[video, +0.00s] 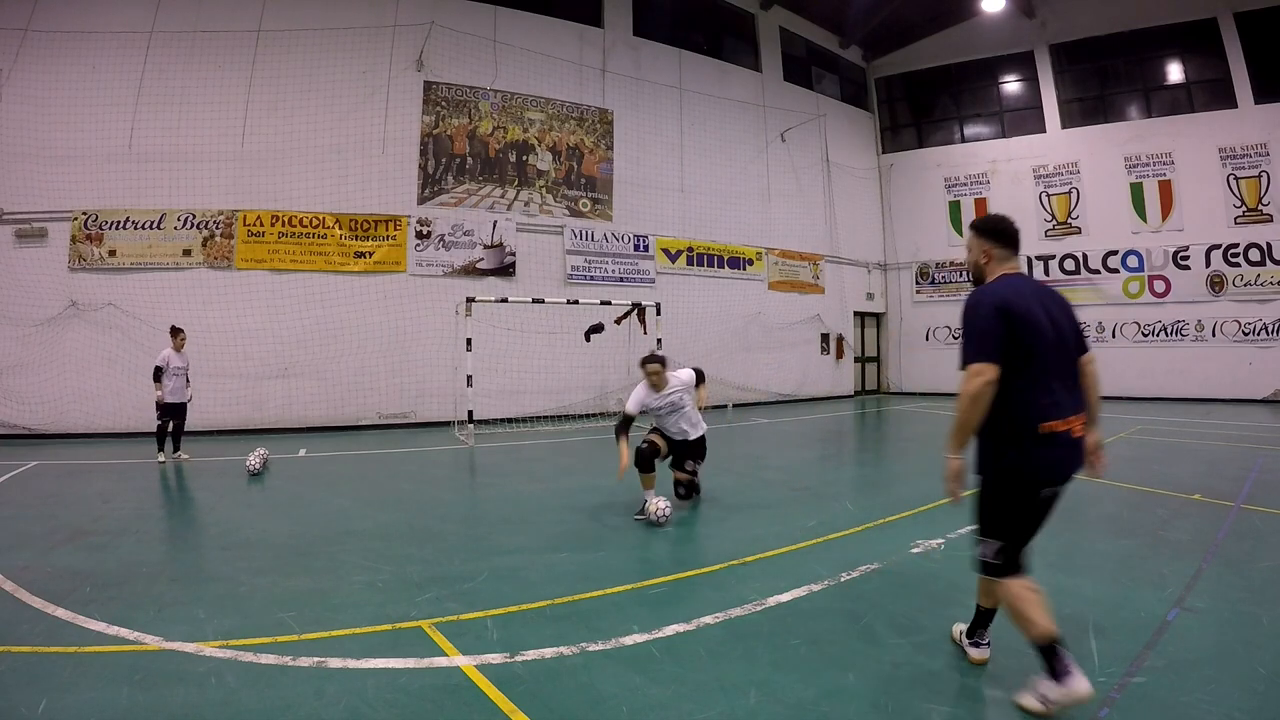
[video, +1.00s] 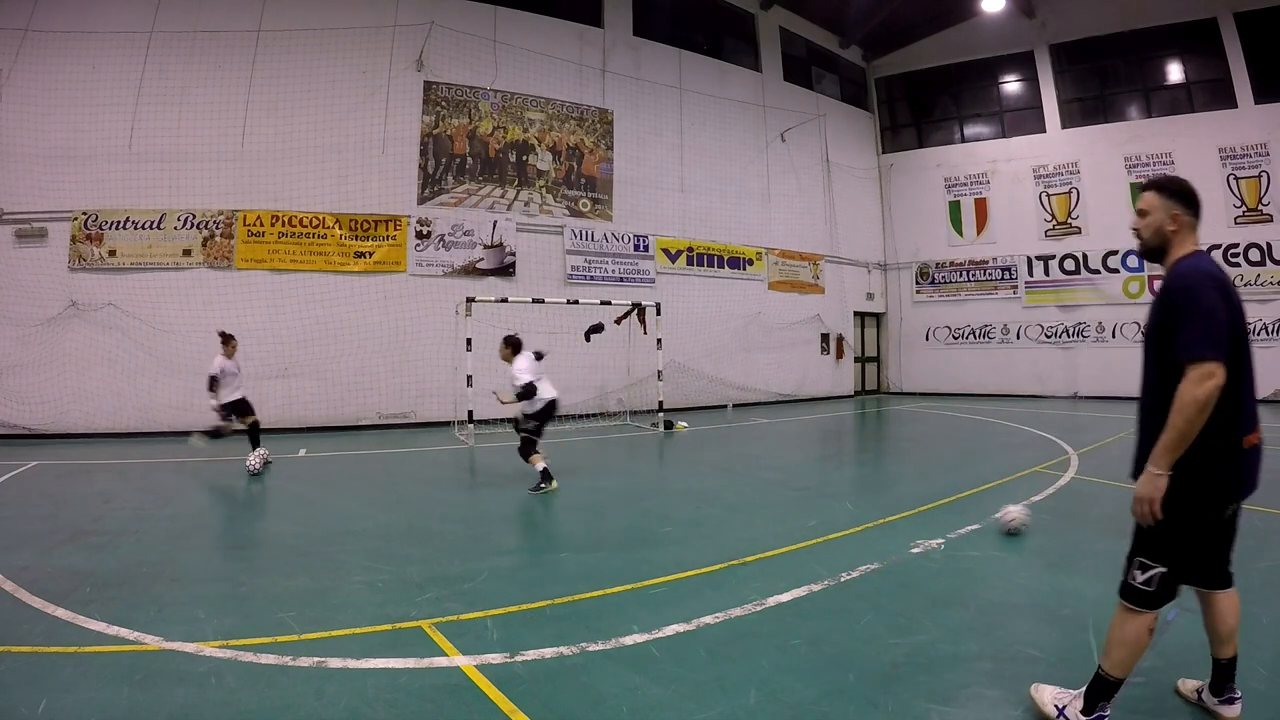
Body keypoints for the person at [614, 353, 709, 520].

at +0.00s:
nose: (653, 379)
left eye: (657, 374)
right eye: (649, 375)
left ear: (665, 371)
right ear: (644, 374)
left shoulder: (682, 378)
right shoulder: (640, 393)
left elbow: (699, 373)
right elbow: (622, 427)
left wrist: (701, 392)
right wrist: (624, 457)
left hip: (692, 436)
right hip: (665, 432)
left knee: (682, 493)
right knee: (644, 453)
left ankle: (692, 483)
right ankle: (649, 502)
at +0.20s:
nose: (631, 398)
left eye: (635, 393)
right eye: (628, 394)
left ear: (646, 389)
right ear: (626, 396)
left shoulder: (666, 393)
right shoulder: (631, 412)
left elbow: (698, 411)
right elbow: (629, 448)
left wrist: (676, 436)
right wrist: (639, 470)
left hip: (685, 421)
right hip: (659, 429)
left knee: (679, 462)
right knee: (650, 452)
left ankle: (715, 485)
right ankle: (650, 503)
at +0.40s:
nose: (603, 375)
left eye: (605, 370)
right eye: (603, 370)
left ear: (618, 371)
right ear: (616, 371)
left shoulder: (644, 378)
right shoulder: (619, 387)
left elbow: (678, 388)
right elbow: (621, 406)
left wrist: (659, 413)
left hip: (678, 415)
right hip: (654, 418)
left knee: (680, 462)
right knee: (629, 445)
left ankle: (719, 490)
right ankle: (648, 491)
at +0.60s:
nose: (571, 349)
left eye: (574, 346)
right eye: (572, 346)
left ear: (583, 348)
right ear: (583, 348)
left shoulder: (599, 357)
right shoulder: (589, 367)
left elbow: (636, 362)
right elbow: (583, 393)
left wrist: (651, 389)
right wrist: (569, 380)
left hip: (636, 402)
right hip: (626, 407)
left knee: (625, 453)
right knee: (622, 454)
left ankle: (674, 468)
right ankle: (656, 481)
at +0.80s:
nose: (536, 348)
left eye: (539, 345)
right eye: (537, 344)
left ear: (548, 347)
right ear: (549, 346)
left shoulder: (566, 359)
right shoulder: (547, 360)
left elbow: (589, 372)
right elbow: (533, 372)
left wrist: (599, 390)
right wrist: (524, 396)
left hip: (578, 404)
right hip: (591, 402)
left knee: (549, 434)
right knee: (601, 444)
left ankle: (553, 480)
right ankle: (636, 468)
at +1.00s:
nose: (500, 351)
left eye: (502, 348)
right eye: (501, 348)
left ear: (510, 350)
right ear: (514, 349)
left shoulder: (518, 367)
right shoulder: (526, 356)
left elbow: (530, 390)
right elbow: (540, 354)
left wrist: (510, 399)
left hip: (541, 403)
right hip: (548, 398)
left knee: (525, 447)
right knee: (519, 424)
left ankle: (546, 478)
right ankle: (538, 454)